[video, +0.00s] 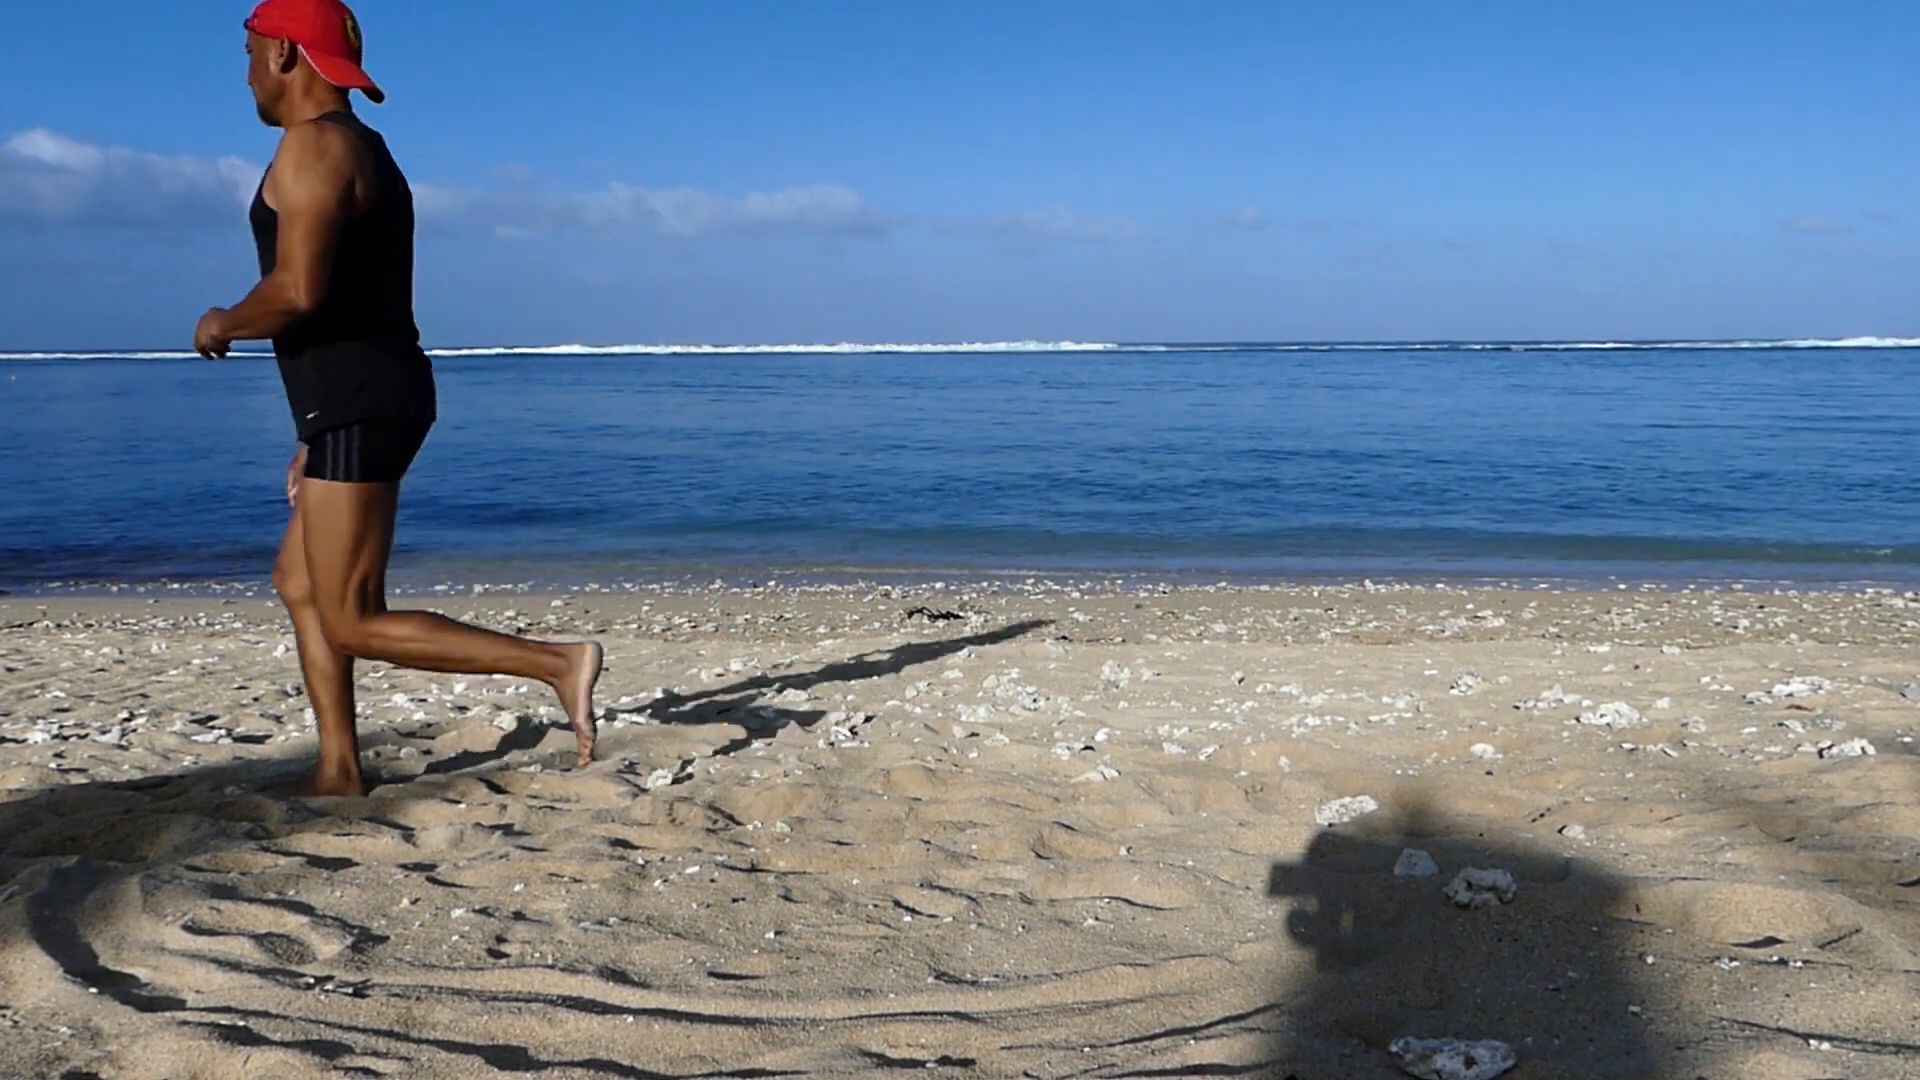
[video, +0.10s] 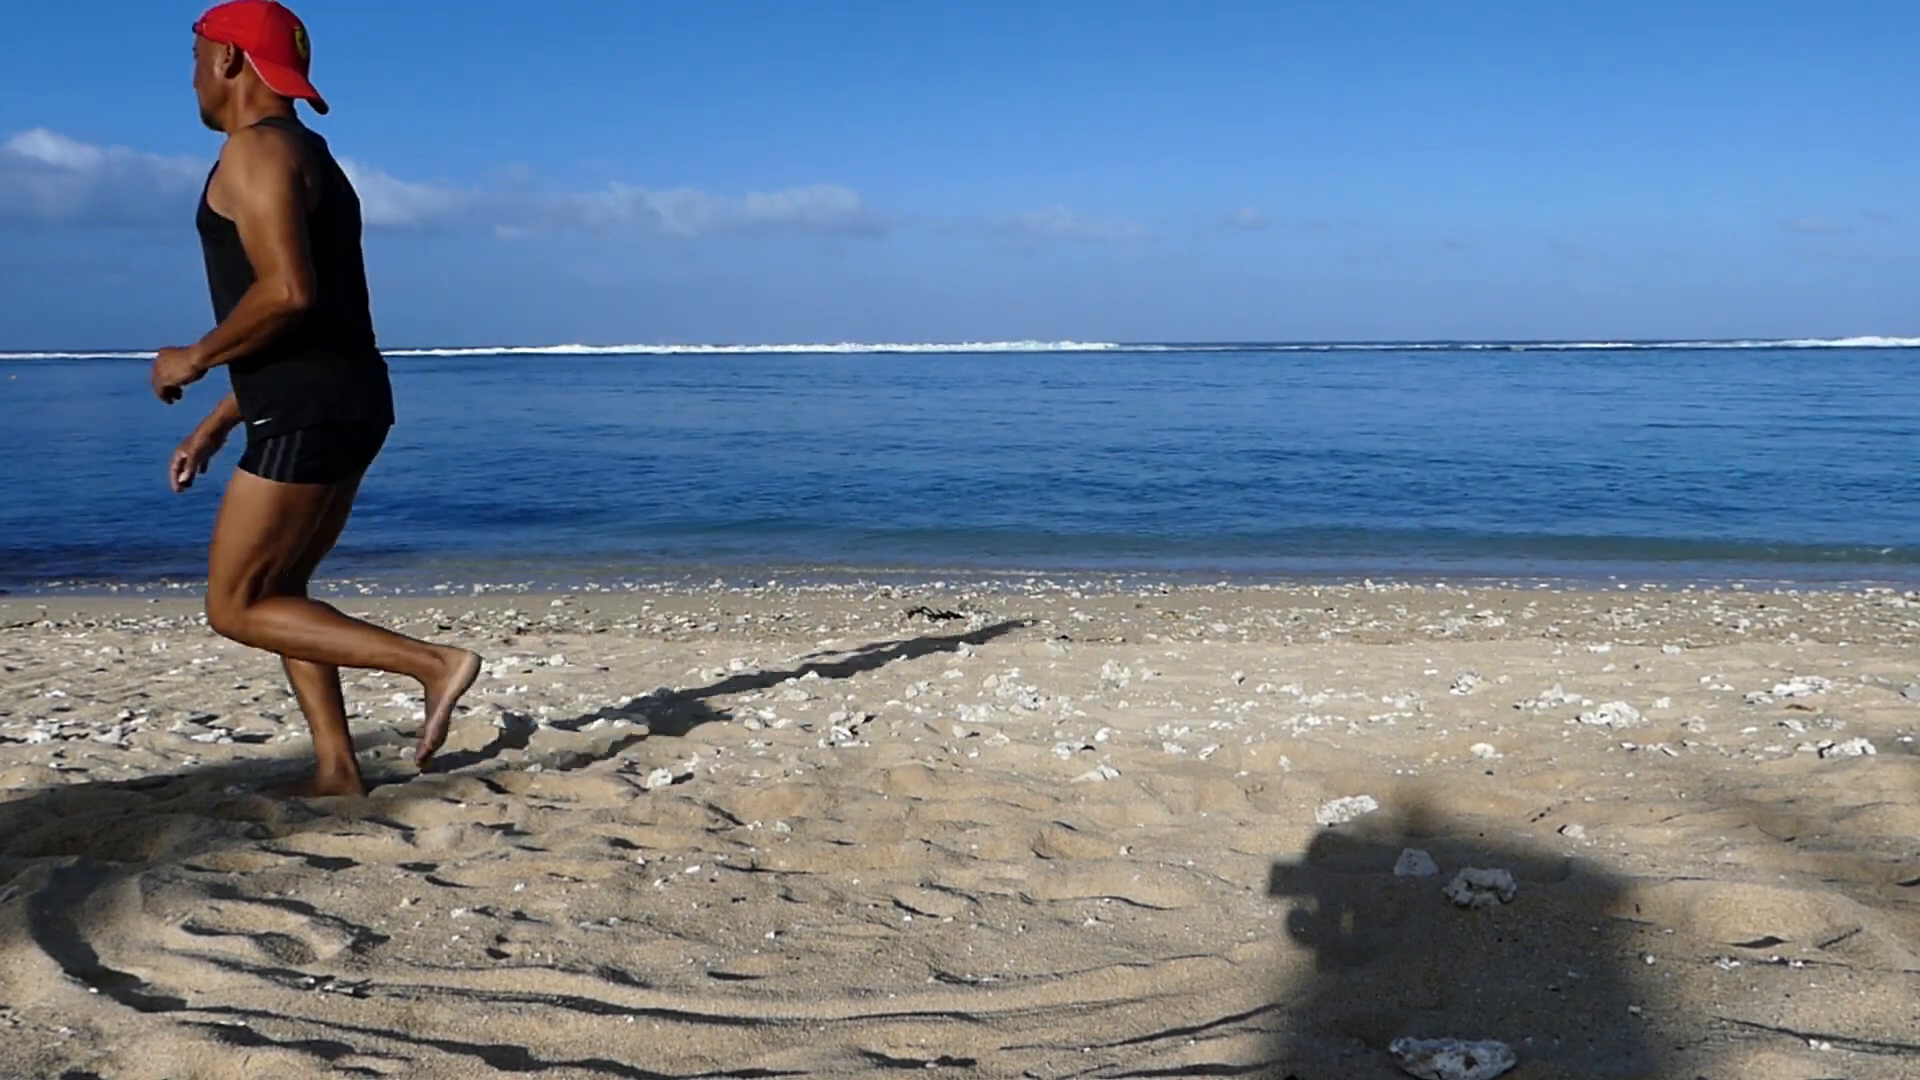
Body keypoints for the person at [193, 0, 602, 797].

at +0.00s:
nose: (249, 76)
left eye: (253, 58)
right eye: (251, 58)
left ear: (285, 59)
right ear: (318, 62)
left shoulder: (311, 151)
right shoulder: (361, 152)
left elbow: (296, 289)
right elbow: (368, 314)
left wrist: (225, 322)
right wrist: (320, 436)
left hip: (356, 401)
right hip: (376, 395)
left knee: (349, 622)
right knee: (299, 582)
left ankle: (561, 662)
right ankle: (340, 772)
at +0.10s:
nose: (193, 78)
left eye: (198, 60)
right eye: (195, 60)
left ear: (230, 63)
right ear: (273, 69)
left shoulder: (253, 155)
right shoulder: (312, 162)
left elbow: (287, 290)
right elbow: (304, 322)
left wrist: (193, 357)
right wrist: (221, 418)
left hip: (303, 407)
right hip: (348, 401)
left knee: (232, 606)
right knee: (284, 592)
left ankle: (435, 665)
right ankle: (337, 770)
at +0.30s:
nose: (99, 63)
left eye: (103, 44)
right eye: (102, 44)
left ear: (136, 46)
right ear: (173, 51)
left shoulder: (160, 131)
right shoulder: (222, 137)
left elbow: (239, 237)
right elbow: (181, 305)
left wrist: (153, 328)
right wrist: (61, 341)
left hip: (212, 389)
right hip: (276, 383)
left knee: (90, 546)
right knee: (266, 588)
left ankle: (224, 711)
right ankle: (337, 766)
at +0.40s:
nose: (57, 46)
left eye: (62, 29)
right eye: (59, 30)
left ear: (95, 32)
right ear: (122, 35)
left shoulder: (124, 112)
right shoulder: (171, 114)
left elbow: (209, 207)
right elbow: (139, 284)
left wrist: (128, 303)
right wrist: (26, 303)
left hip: (173, 368)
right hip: (238, 363)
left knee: (53, 538)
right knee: (259, 573)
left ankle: (143, 727)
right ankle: (334, 755)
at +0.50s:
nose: (4, 25)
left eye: (9, 11)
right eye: (9, 12)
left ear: (35, 16)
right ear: (78, 22)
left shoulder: (63, 90)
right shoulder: (123, 93)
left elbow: (157, 178)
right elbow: (112, 238)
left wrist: (73, 273)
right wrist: (15, 267)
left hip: (105, 351)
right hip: (183, 346)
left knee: (18, 540)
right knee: (228, 551)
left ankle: (32, 745)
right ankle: (310, 728)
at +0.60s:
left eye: (4, 16)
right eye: (9, 16)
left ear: (22, 21)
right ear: (57, 27)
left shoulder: (22, 81)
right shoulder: (89, 88)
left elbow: (116, 170)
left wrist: (30, 261)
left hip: (64, 346)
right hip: (142, 337)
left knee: (7, 550)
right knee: (194, 545)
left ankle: (2, 747)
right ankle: (286, 715)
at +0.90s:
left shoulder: (6, 180)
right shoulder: (5, 179)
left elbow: (30, 303)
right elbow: (33, 303)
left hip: (11, 399)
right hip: (14, 397)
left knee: (5, 585)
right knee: (4, 583)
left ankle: (149, 679)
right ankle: (148, 678)